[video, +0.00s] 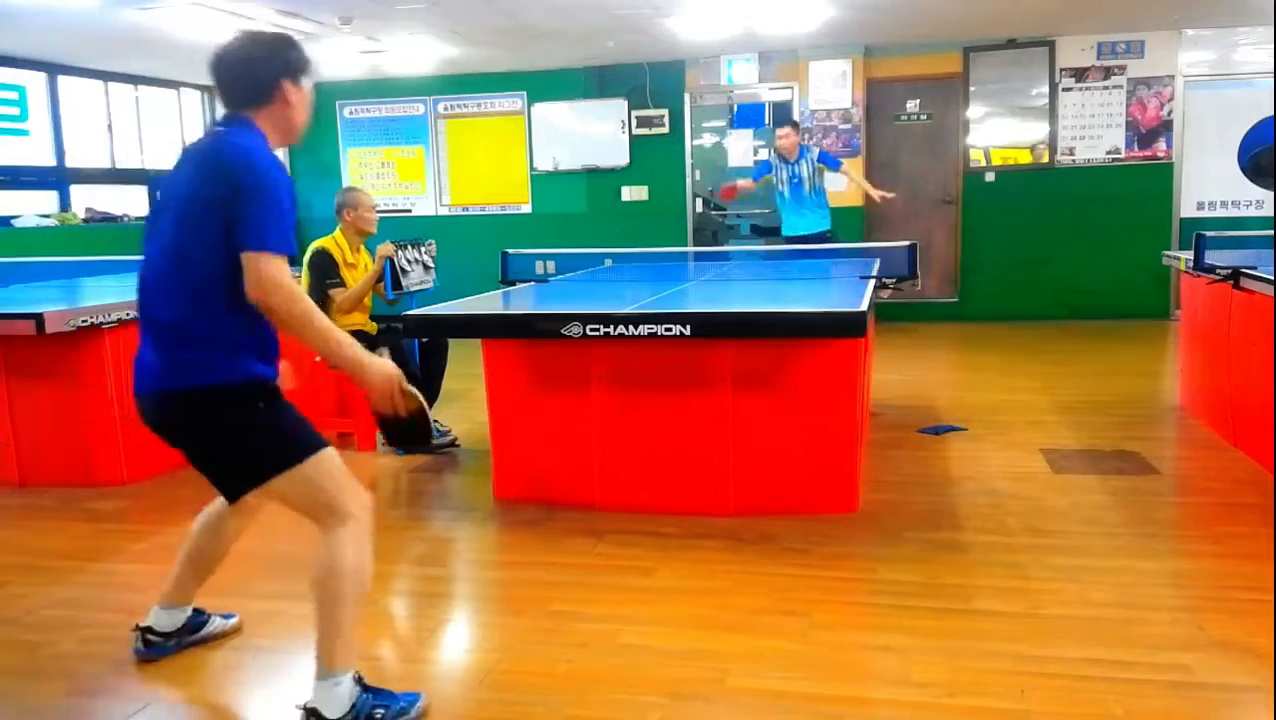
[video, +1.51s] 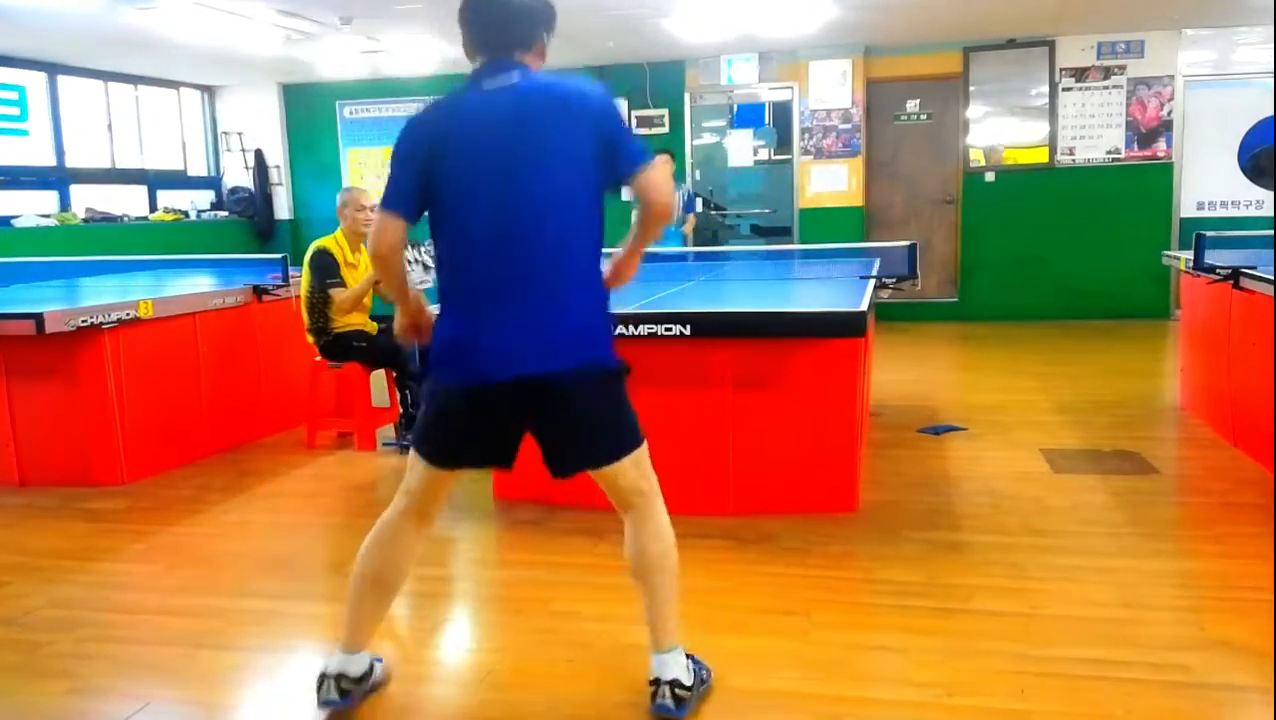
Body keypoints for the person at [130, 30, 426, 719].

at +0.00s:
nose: (310, 102)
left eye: (307, 88)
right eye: (307, 88)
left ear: (240, 93)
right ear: (285, 91)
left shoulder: (198, 159)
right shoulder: (258, 167)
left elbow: (186, 277)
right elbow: (269, 285)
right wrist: (363, 365)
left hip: (169, 384)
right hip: (219, 386)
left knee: (251, 491)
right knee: (350, 507)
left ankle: (167, 618)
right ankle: (336, 689)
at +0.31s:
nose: (417, 117)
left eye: (416, 102)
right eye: (413, 100)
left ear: (362, 101)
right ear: (381, 99)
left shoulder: (350, 189)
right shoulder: (277, 175)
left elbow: (383, 287)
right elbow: (174, 273)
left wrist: (492, 295)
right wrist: (121, 399)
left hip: (295, 402)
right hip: (261, 409)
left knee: (286, 505)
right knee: (419, 534)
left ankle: (180, 609)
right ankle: (374, 712)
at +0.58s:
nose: (448, 10)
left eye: (444, 9)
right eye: (443, 5)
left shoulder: (296, 56)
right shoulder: (409, 25)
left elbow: (274, 203)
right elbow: (521, 83)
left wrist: (350, 185)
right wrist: (620, 85)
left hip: (308, 292)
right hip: (391, 295)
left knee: (341, 411)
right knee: (423, 517)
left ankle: (309, 542)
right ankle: (383, 699)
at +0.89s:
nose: (435, 15)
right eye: (434, 8)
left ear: (356, 19)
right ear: (427, 8)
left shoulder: (333, 106)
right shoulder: (489, 64)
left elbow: (314, 266)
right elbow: (551, 162)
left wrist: (360, 331)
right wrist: (470, 188)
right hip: (533, 328)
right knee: (627, 483)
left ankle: (390, 711)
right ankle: (721, 632)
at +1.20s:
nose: (527, 27)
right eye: (527, 20)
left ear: (450, 27)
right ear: (523, 24)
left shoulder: (411, 111)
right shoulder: (577, 103)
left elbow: (382, 236)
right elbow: (629, 232)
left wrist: (394, 329)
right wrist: (623, 296)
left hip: (462, 359)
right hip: (568, 352)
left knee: (403, 511)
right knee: (637, 501)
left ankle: (358, 679)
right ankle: (699, 652)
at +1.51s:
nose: (549, 45)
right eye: (548, 36)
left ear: (469, 43)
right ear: (541, 42)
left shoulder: (431, 123)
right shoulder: (586, 102)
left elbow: (385, 242)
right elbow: (660, 196)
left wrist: (406, 303)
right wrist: (629, 259)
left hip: (471, 362)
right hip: (574, 356)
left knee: (409, 509)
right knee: (640, 503)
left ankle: (345, 661)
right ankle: (669, 664)